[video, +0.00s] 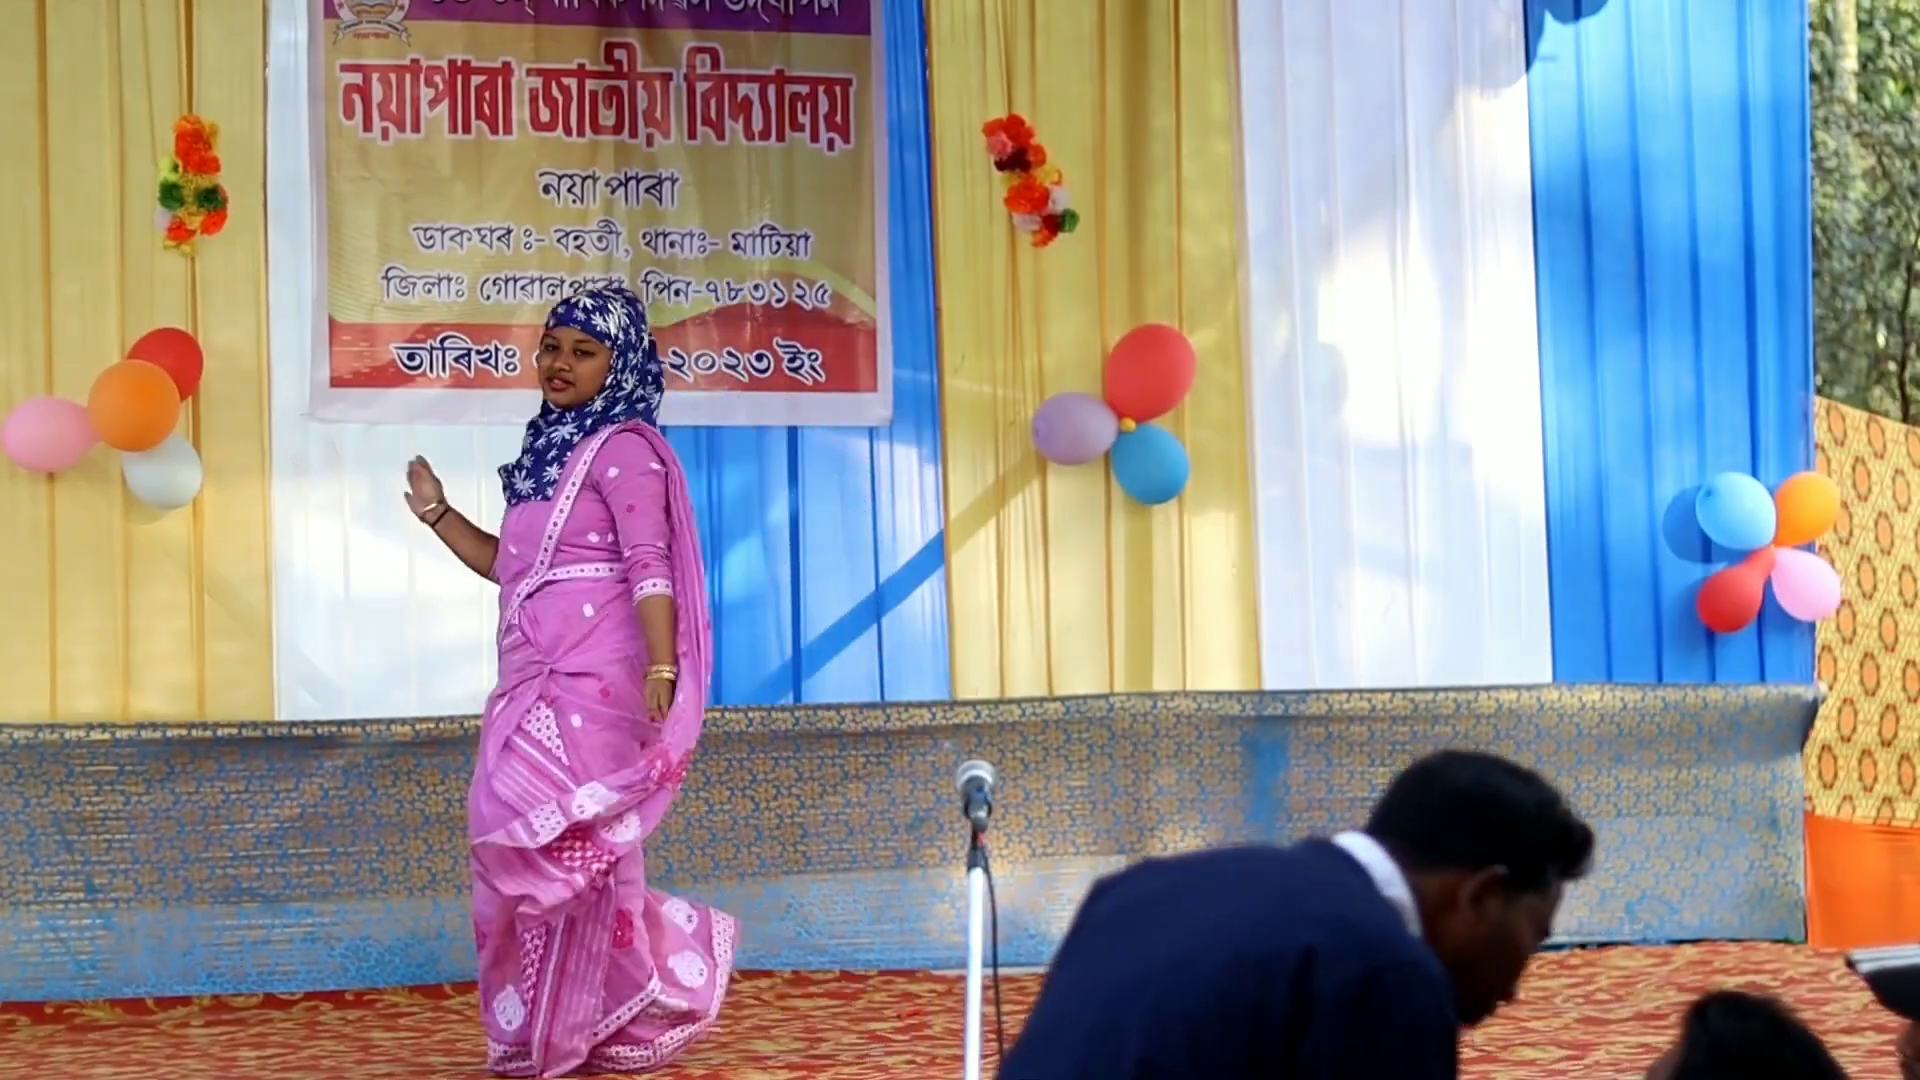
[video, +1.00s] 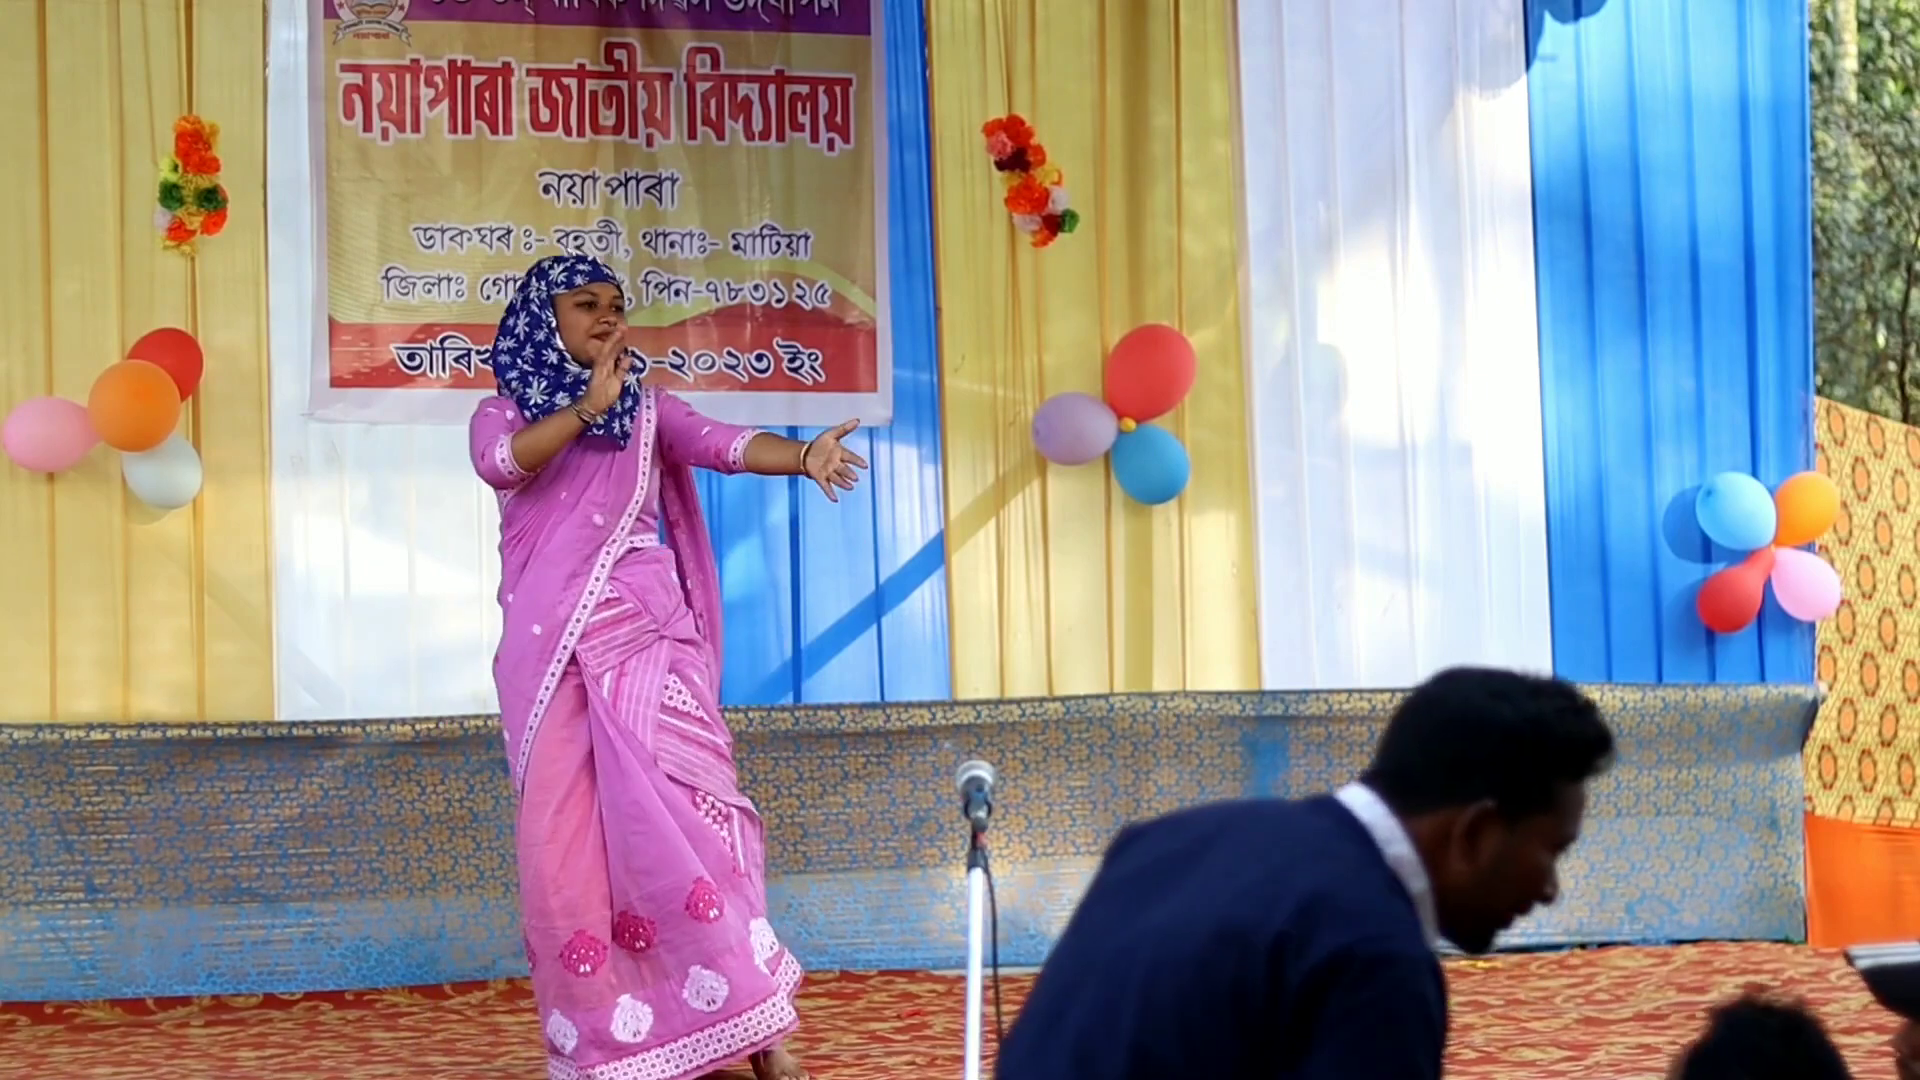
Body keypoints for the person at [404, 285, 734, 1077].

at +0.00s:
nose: (559, 365)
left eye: (581, 353)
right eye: (551, 350)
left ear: (621, 367)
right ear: (540, 356)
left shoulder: (626, 450)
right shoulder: (544, 453)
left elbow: (650, 569)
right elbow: (508, 565)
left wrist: (662, 669)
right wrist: (442, 515)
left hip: (595, 669)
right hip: (530, 670)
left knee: (566, 836)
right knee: (519, 835)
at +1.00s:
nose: (608, 324)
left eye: (616, 310)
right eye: (587, 309)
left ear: (626, 323)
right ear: (540, 321)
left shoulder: (646, 403)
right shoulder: (501, 414)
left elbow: (721, 441)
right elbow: (506, 462)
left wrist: (801, 453)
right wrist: (588, 407)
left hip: (656, 647)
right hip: (549, 657)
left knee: (706, 822)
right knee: (562, 848)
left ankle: (763, 1027)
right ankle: (588, 1049)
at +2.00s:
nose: (668, 352)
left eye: (659, 344)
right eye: (645, 349)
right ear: (605, 385)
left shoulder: (719, 447)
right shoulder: (585, 482)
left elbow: (837, 443)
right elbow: (565, 556)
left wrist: (917, 381)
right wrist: (626, 464)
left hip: (732, 685)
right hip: (625, 695)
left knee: (809, 817)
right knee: (624, 862)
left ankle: (808, 1032)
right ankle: (632, 1041)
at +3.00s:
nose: (656, 336)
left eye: (644, 325)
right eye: (633, 329)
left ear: (609, 365)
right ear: (592, 365)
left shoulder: (681, 434)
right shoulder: (595, 465)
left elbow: (783, 404)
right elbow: (708, 452)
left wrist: (847, 334)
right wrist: (778, 354)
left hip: (782, 655)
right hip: (698, 679)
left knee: (849, 840)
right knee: (709, 864)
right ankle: (683, 1032)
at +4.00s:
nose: (669, 351)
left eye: (662, 338)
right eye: (650, 340)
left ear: (628, 370)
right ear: (602, 368)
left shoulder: (681, 443)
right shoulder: (580, 470)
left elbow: (792, 438)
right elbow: (643, 543)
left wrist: (896, 385)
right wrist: (685, 446)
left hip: (709, 684)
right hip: (621, 703)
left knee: (825, 782)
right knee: (681, 877)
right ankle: (654, 1048)